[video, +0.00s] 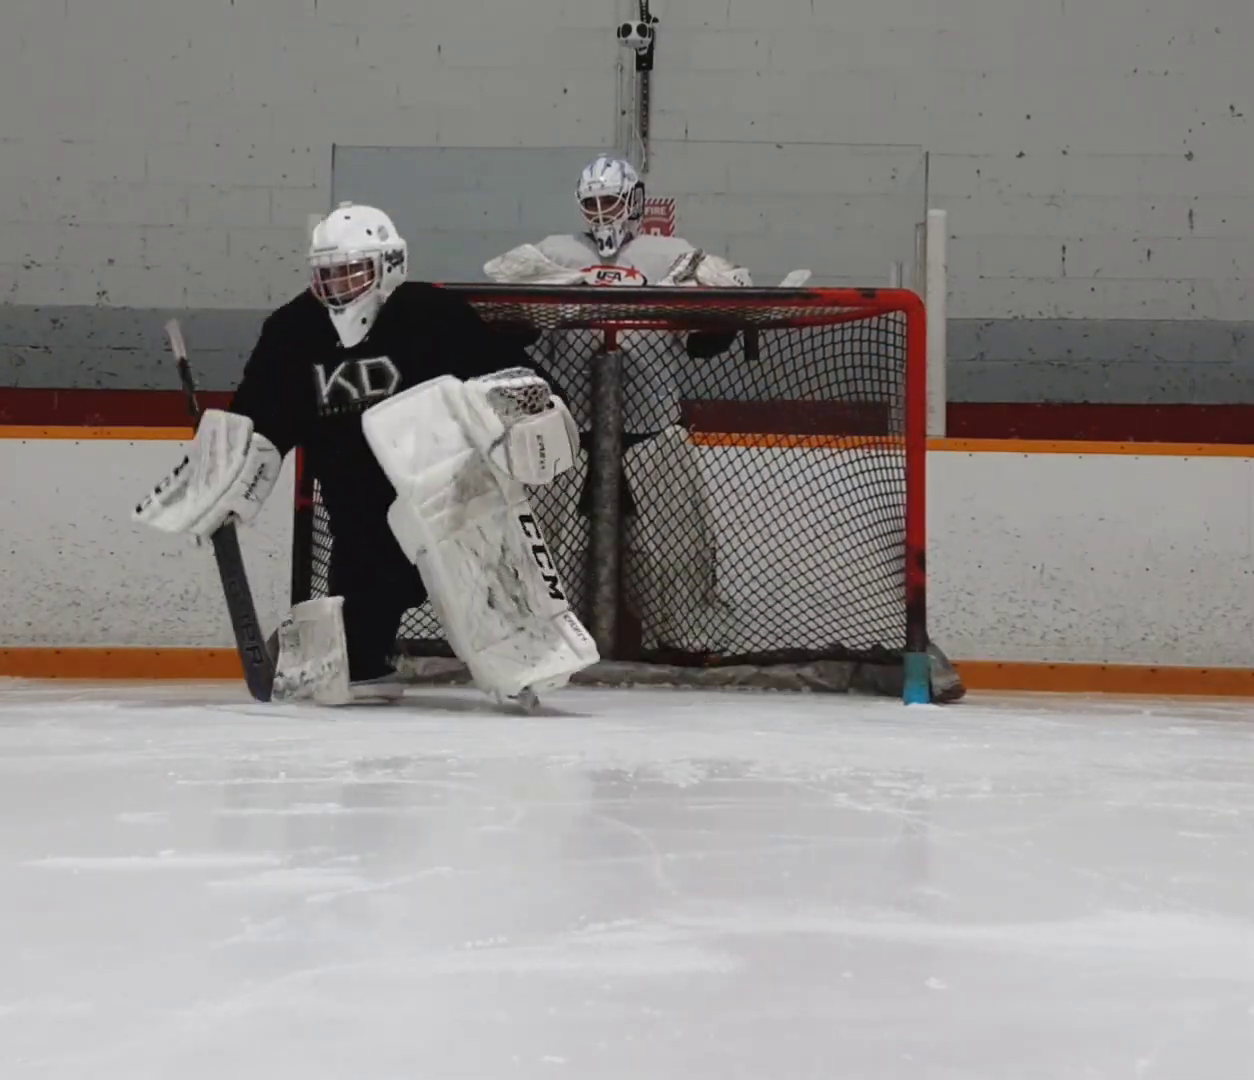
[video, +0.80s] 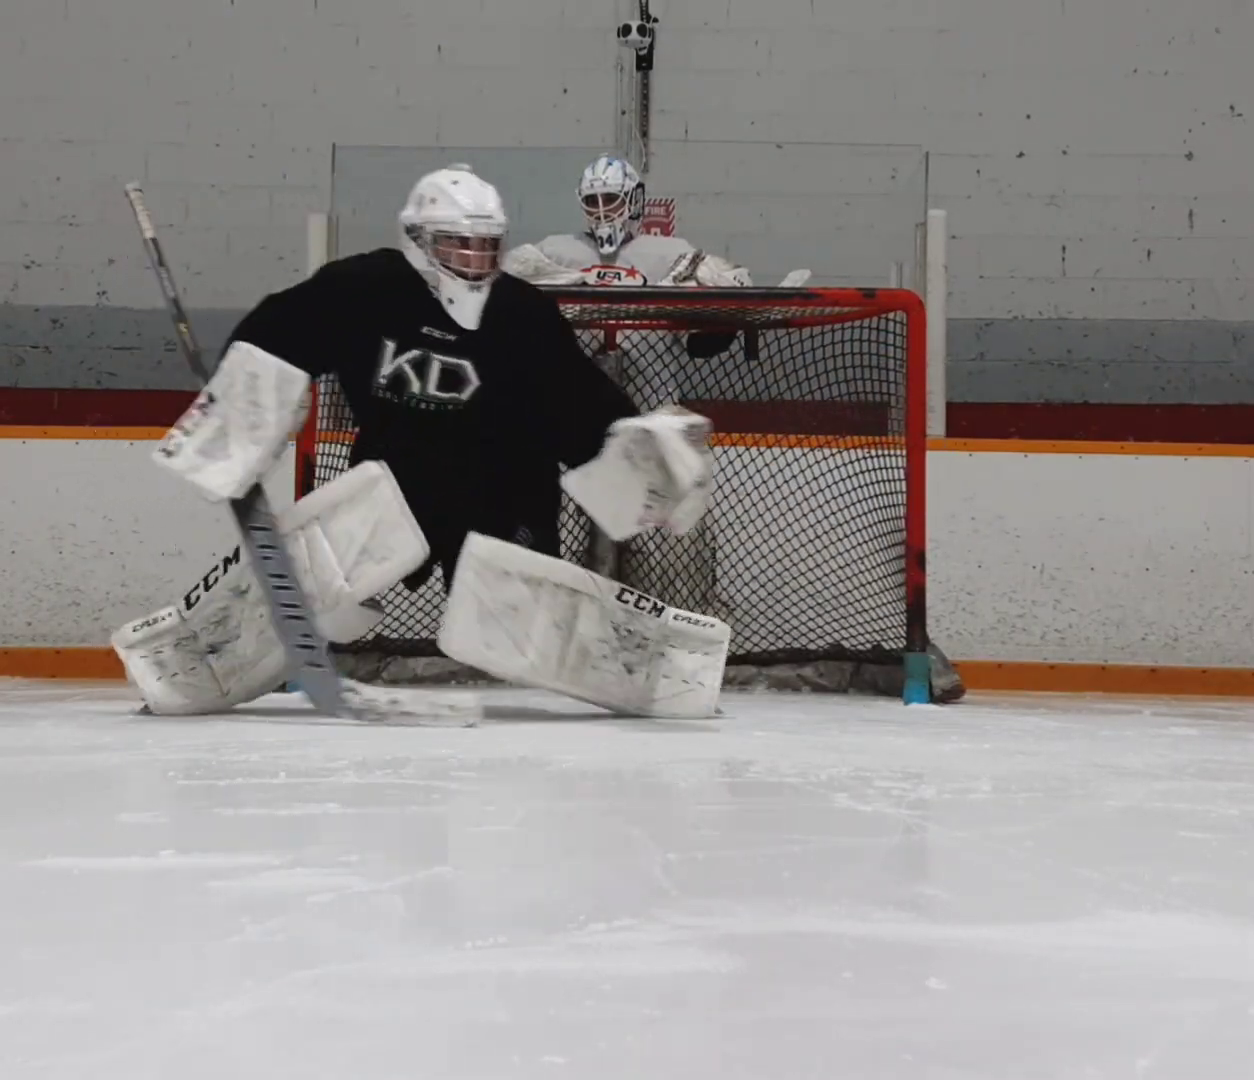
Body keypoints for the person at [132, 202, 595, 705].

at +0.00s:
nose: (341, 284)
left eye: (352, 271)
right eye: (330, 274)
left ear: (386, 265)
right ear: (315, 276)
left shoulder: (431, 314)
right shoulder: (291, 331)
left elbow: (508, 375)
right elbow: (258, 422)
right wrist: (221, 481)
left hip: (443, 495)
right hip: (354, 507)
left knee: (478, 583)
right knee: (356, 655)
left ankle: (515, 667)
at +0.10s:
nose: (352, 247)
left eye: (366, 234)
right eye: (341, 235)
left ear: (404, 228)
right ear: (328, 235)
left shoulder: (451, 280)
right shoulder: (307, 293)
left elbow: (529, 362)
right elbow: (260, 384)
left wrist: (525, 419)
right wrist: (215, 455)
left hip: (446, 464)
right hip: (359, 472)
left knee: (476, 565)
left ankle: (520, 678)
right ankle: (351, 659)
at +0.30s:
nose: (333, 210)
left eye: (347, 196)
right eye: (322, 198)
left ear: (383, 192)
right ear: (308, 200)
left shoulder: (431, 252)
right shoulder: (290, 264)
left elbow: (508, 356)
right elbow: (243, 361)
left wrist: (469, 412)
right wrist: (194, 431)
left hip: (431, 439)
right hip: (341, 438)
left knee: (417, 545)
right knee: (293, 549)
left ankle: (478, 674)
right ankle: (271, 678)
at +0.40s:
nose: (334, 205)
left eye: (348, 191)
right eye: (321, 192)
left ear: (377, 188)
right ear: (303, 193)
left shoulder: (426, 252)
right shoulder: (277, 258)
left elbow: (486, 363)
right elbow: (227, 354)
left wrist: (440, 406)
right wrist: (176, 422)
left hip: (440, 437)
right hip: (336, 438)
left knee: (445, 542)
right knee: (275, 540)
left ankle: (520, 676)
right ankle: (238, 665)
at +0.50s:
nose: (338, 203)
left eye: (351, 190)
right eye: (324, 190)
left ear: (371, 188)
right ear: (298, 191)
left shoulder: (416, 248)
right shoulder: (265, 254)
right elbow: (212, 350)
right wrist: (163, 424)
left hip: (420, 439)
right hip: (319, 437)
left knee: (478, 559)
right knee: (276, 558)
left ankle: (582, 670)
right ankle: (217, 677)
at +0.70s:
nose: (397, 234)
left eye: (409, 218)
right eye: (379, 220)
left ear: (424, 215)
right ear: (344, 217)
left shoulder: (457, 279)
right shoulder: (300, 271)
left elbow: (517, 369)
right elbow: (219, 339)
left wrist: (534, 432)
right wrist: (182, 417)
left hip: (450, 464)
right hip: (344, 461)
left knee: (534, 567)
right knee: (263, 547)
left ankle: (642, 672)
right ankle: (190, 663)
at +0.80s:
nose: (480, 258)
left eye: (490, 245)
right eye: (463, 245)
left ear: (503, 244)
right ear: (423, 242)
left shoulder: (527, 314)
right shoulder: (369, 286)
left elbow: (586, 405)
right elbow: (275, 334)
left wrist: (647, 463)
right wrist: (239, 426)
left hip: (507, 501)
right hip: (396, 491)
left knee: (531, 652)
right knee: (299, 585)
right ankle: (197, 665)